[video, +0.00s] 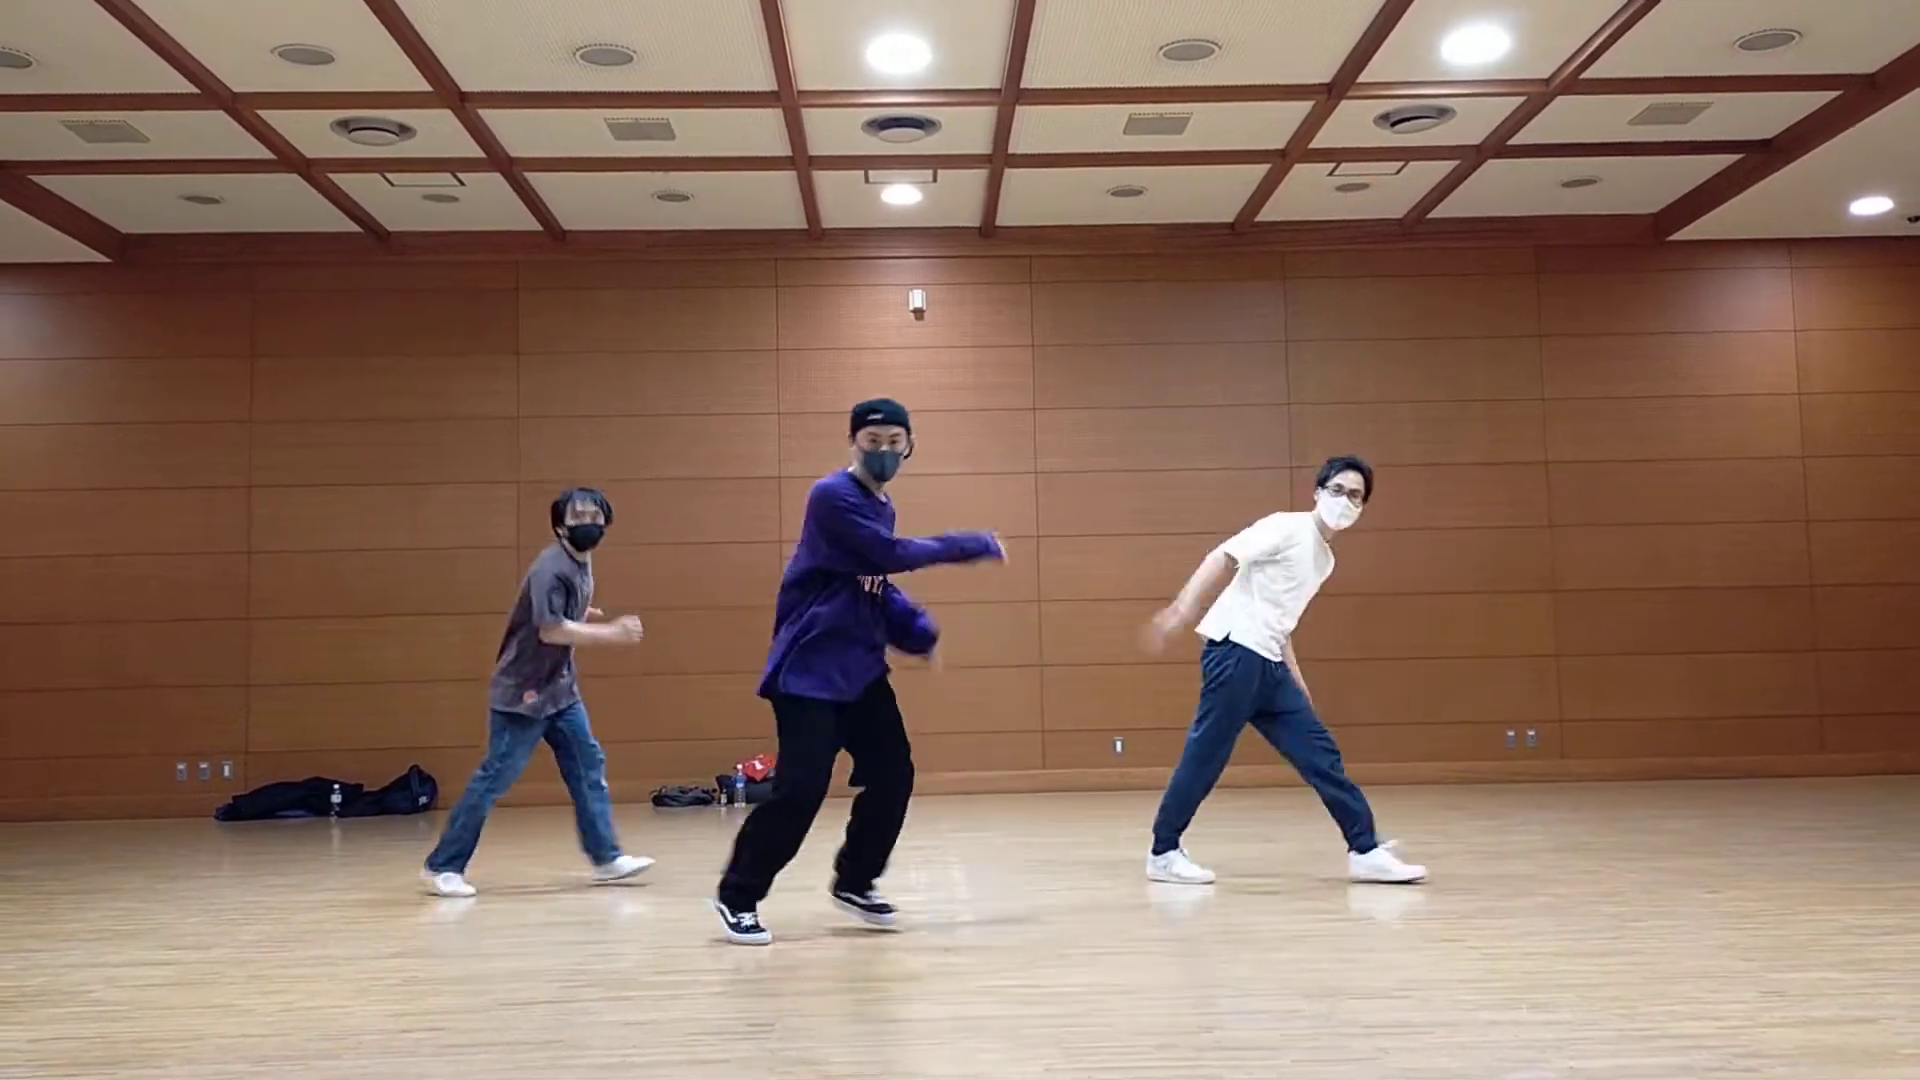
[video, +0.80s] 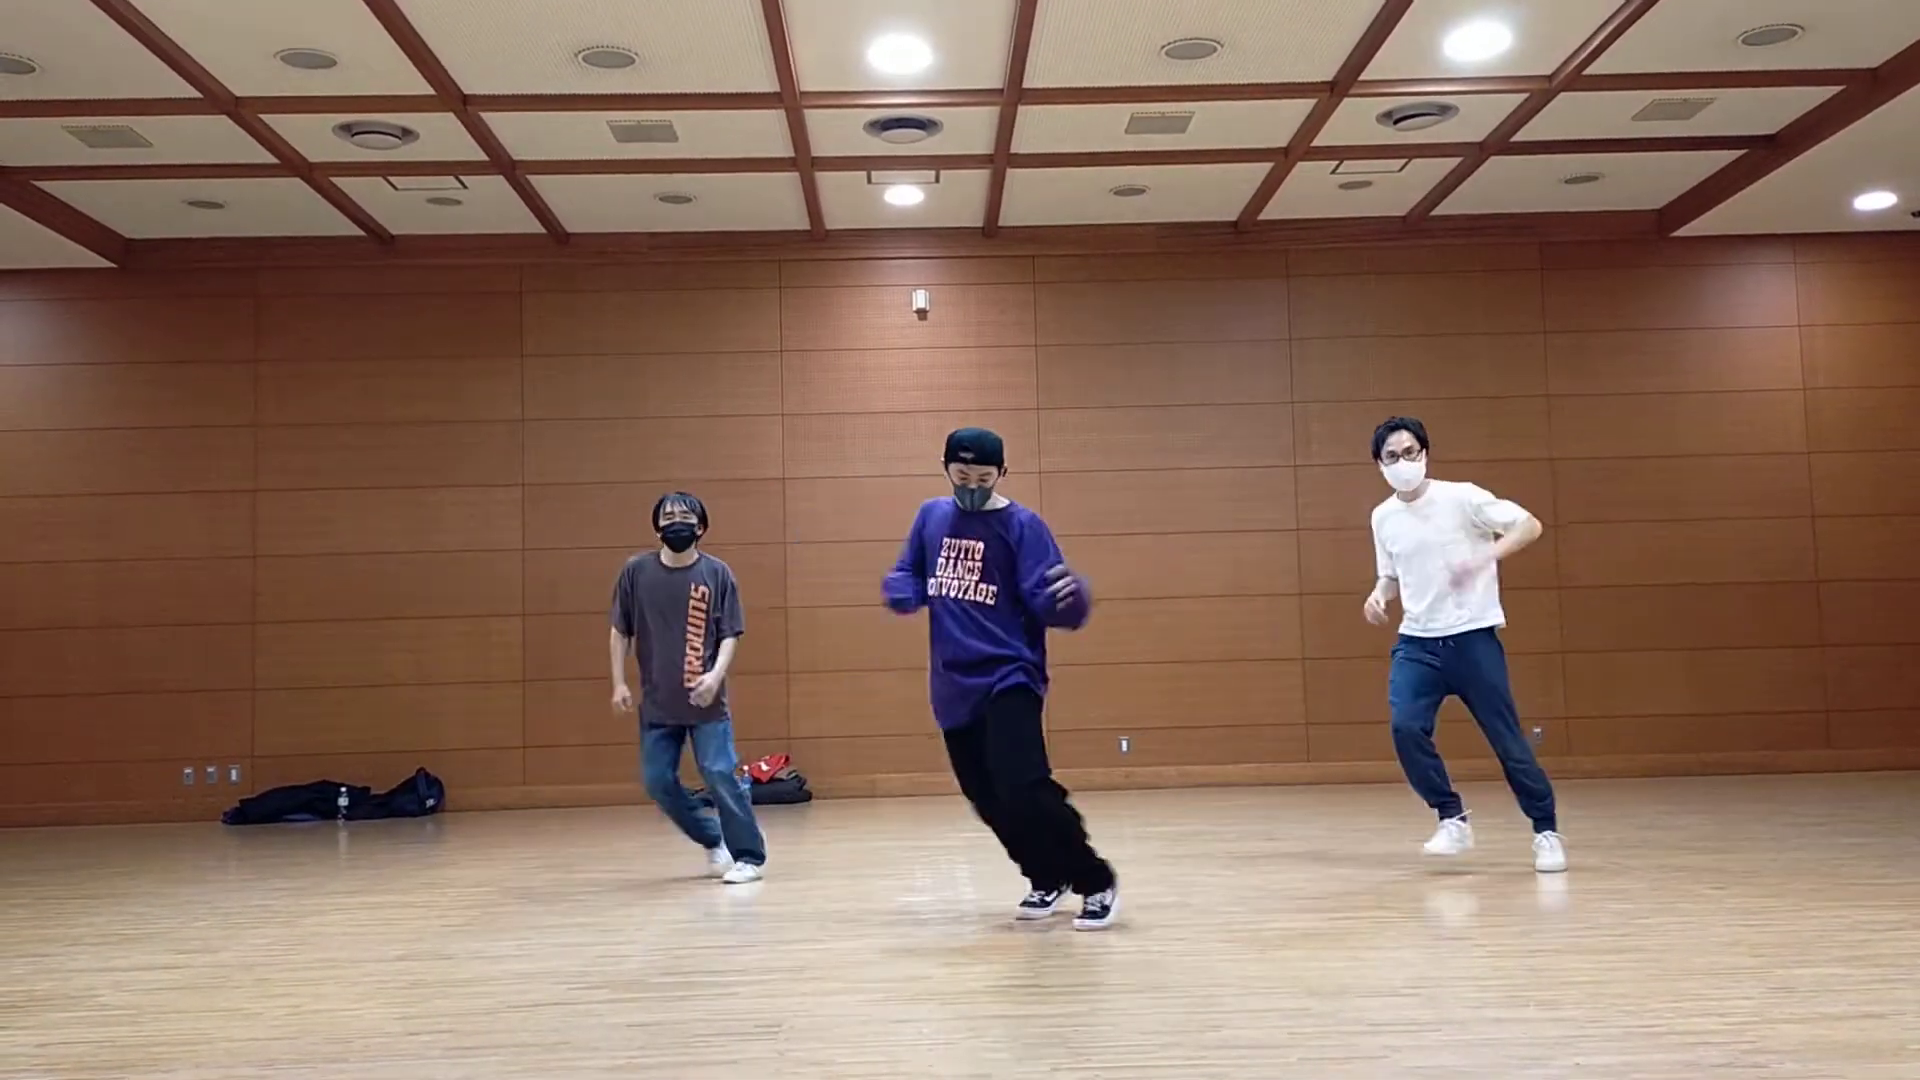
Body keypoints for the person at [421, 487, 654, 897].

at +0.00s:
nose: (587, 522)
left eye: (594, 515)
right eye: (577, 515)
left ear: (605, 523)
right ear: (561, 523)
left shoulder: (581, 565)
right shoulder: (550, 569)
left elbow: (559, 606)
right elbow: (550, 631)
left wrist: (582, 613)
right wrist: (610, 634)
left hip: (558, 688)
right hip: (521, 692)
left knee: (587, 764)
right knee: (495, 777)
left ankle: (606, 858)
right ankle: (443, 867)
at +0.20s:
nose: (616, 543)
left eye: (623, 537)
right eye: (607, 537)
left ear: (632, 545)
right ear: (589, 544)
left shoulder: (614, 580)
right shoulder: (573, 590)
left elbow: (600, 607)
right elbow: (565, 658)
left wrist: (621, 609)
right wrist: (616, 681)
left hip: (588, 700)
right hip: (547, 705)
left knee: (620, 768)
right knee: (513, 782)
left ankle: (628, 863)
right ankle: (449, 864)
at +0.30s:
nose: (627, 527)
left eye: (634, 521)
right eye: (618, 521)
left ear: (645, 528)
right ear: (603, 529)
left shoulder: (646, 562)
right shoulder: (583, 576)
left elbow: (651, 589)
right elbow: (569, 639)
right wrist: (605, 669)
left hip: (626, 696)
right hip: (579, 699)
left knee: (643, 771)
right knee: (544, 779)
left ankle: (632, 864)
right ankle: (492, 853)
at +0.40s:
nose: (639, 515)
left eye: (646, 509)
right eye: (630, 509)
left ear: (657, 516)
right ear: (615, 518)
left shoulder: (669, 557)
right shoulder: (595, 561)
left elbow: (693, 596)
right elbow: (573, 620)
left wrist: (735, 618)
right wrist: (594, 652)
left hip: (653, 692)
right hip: (607, 692)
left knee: (655, 781)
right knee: (596, 777)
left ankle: (636, 865)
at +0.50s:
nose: (649, 515)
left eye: (656, 508)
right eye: (641, 509)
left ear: (668, 512)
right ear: (627, 515)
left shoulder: (687, 555)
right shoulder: (604, 557)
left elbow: (715, 604)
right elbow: (586, 611)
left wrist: (748, 635)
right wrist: (600, 640)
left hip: (672, 691)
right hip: (625, 690)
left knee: (668, 776)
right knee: (633, 778)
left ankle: (641, 860)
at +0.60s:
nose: (659, 523)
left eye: (667, 516)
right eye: (651, 517)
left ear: (681, 523)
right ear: (639, 526)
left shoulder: (700, 569)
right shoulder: (620, 569)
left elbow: (725, 621)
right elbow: (603, 619)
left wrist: (746, 655)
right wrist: (612, 647)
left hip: (692, 691)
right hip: (646, 696)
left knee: (691, 764)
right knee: (681, 780)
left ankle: (689, 854)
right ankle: (733, 847)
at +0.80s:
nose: (677, 522)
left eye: (685, 516)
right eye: (669, 517)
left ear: (700, 526)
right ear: (657, 527)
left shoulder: (717, 573)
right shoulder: (636, 572)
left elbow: (730, 634)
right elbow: (620, 631)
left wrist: (715, 677)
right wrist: (618, 683)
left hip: (706, 699)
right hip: (659, 701)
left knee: (718, 774)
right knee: (657, 783)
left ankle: (749, 858)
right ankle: (713, 838)